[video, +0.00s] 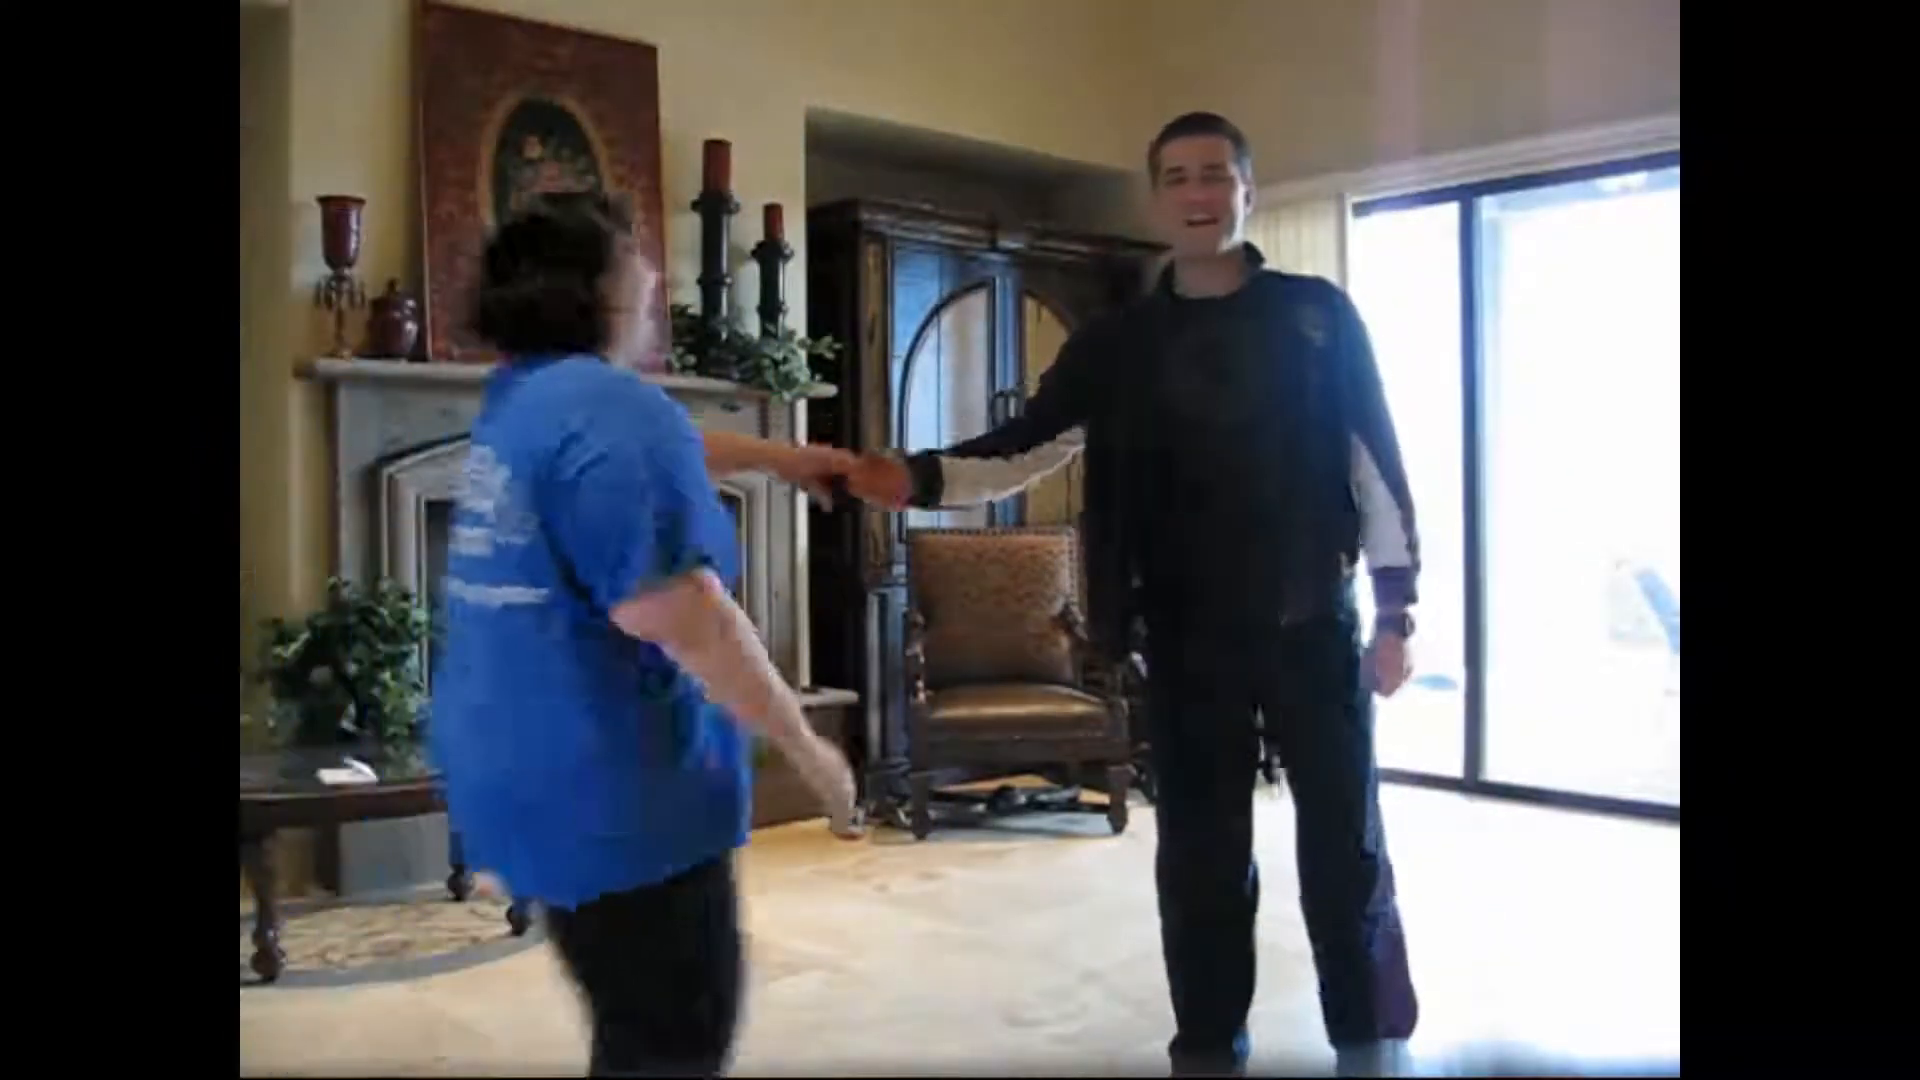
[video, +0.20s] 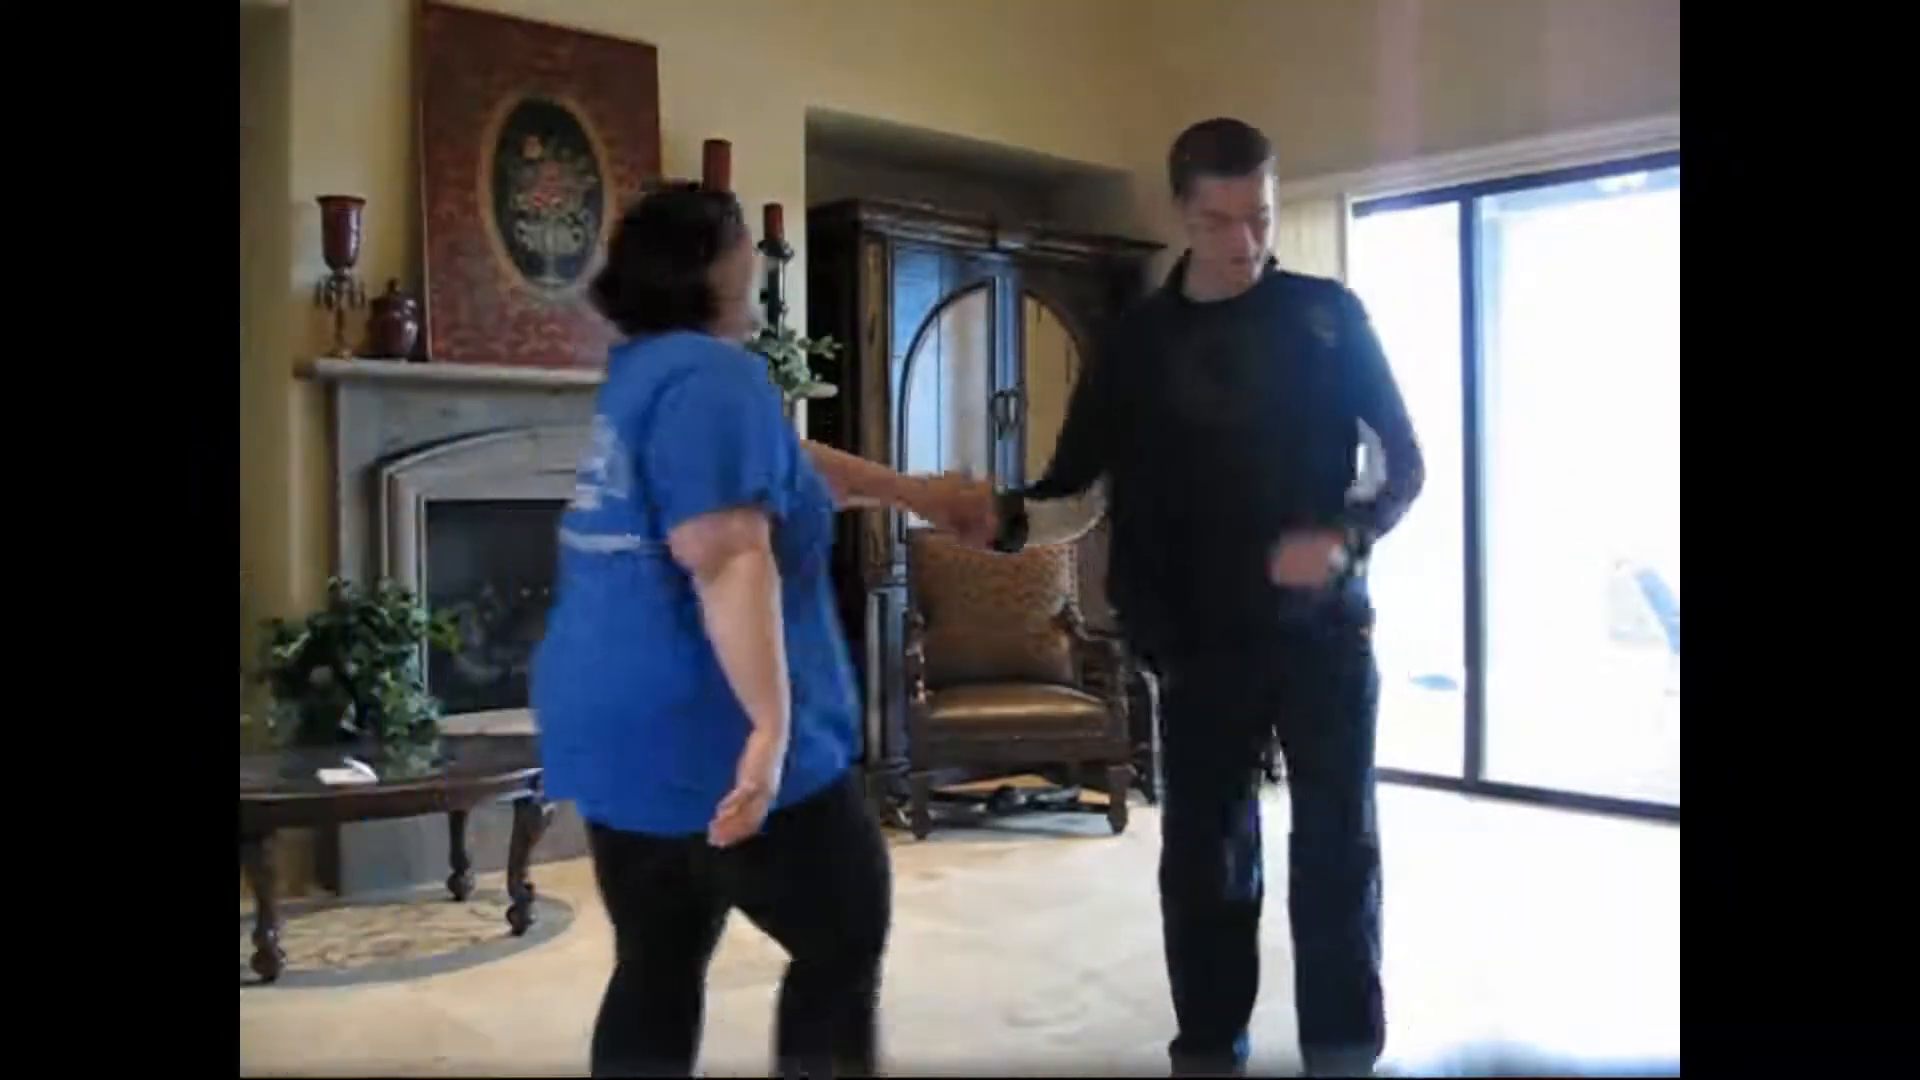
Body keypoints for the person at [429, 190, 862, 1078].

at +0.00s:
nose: (655, 281)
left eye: (648, 260)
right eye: (638, 261)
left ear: (529, 296)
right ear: (598, 287)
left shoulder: (525, 403)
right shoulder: (611, 415)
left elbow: (653, 446)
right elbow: (666, 600)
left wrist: (781, 459)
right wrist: (796, 738)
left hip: (553, 786)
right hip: (620, 798)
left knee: (643, 1030)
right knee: (674, 1037)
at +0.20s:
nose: (757, 263)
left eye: (750, 246)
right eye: (744, 248)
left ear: (651, 276)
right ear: (705, 271)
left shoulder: (648, 371)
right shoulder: (713, 379)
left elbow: (793, 469)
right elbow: (723, 556)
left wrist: (925, 494)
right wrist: (772, 721)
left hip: (632, 737)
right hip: (728, 736)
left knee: (658, 960)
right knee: (843, 930)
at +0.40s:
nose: (850, 304)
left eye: (845, 286)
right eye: (831, 287)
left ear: (770, 309)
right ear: (779, 305)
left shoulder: (746, 406)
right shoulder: (791, 414)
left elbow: (886, 493)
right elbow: (798, 594)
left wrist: (1026, 502)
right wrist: (840, 757)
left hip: (745, 753)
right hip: (854, 754)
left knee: (746, 961)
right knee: (917, 949)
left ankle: (687, 1071)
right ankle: (921, 1061)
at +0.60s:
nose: (920, 304)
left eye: (914, 287)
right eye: (902, 289)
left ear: (845, 308)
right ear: (857, 306)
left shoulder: (821, 402)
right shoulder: (861, 408)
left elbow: (949, 504)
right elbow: (889, 568)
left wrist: (1081, 493)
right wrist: (1022, 675)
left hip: (841, 720)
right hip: (904, 725)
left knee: (907, 886)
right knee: (947, 933)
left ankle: (815, 1052)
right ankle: (932, 1065)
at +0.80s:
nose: (958, 310)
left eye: (956, 294)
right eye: (941, 294)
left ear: (911, 310)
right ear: (890, 304)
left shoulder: (916, 405)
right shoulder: (855, 399)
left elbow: (995, 509)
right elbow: (924, 508)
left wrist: (1109, 488)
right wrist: (1005, 425)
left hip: (953, 716)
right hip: (899, 727)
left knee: (967, 920)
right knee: (932, 937)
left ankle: (950, 1057)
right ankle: (921, 1068)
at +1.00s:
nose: (953, 304)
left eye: (958, 292)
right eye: (931, 292)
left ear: (968, 313)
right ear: (882, 309)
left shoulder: (979, 419)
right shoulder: (840, 399)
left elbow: (1054, 512)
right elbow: (892, 472)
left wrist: (1135, 470)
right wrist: (921, 352)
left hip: (993, 699)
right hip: (898, 703)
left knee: (956, 920)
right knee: (931, 919)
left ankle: (947, 1064)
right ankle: (916, 1071)